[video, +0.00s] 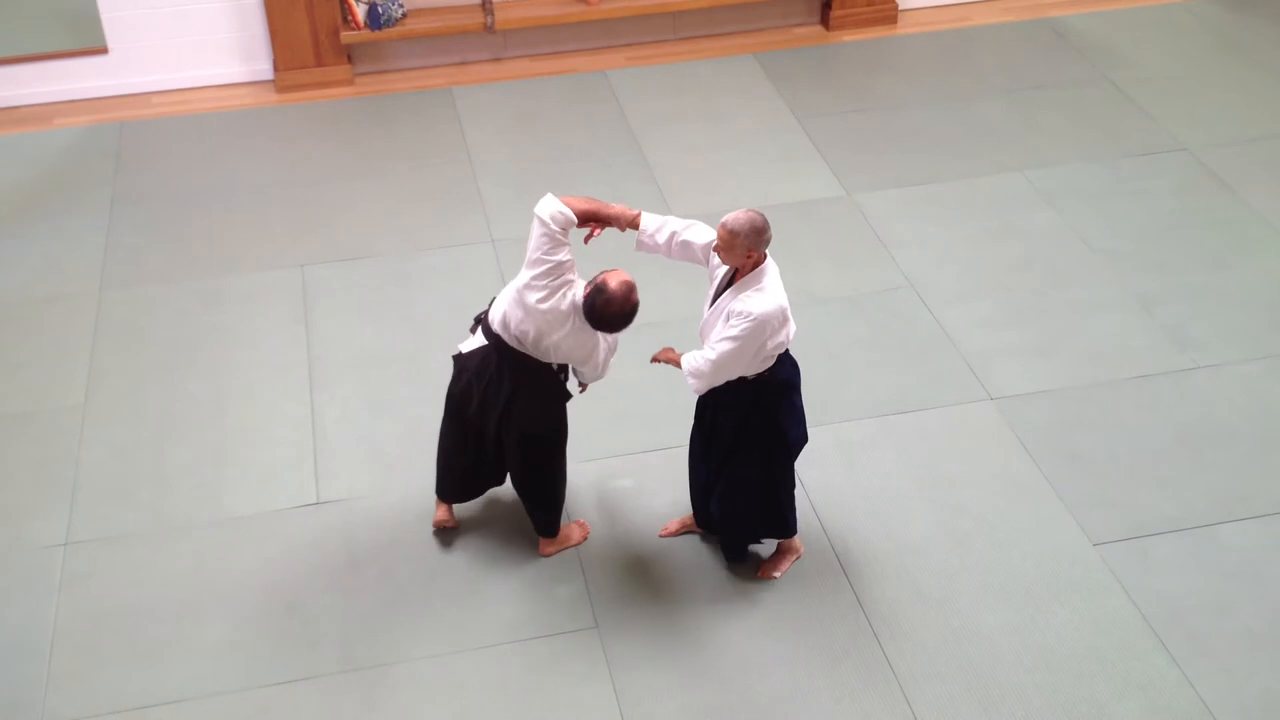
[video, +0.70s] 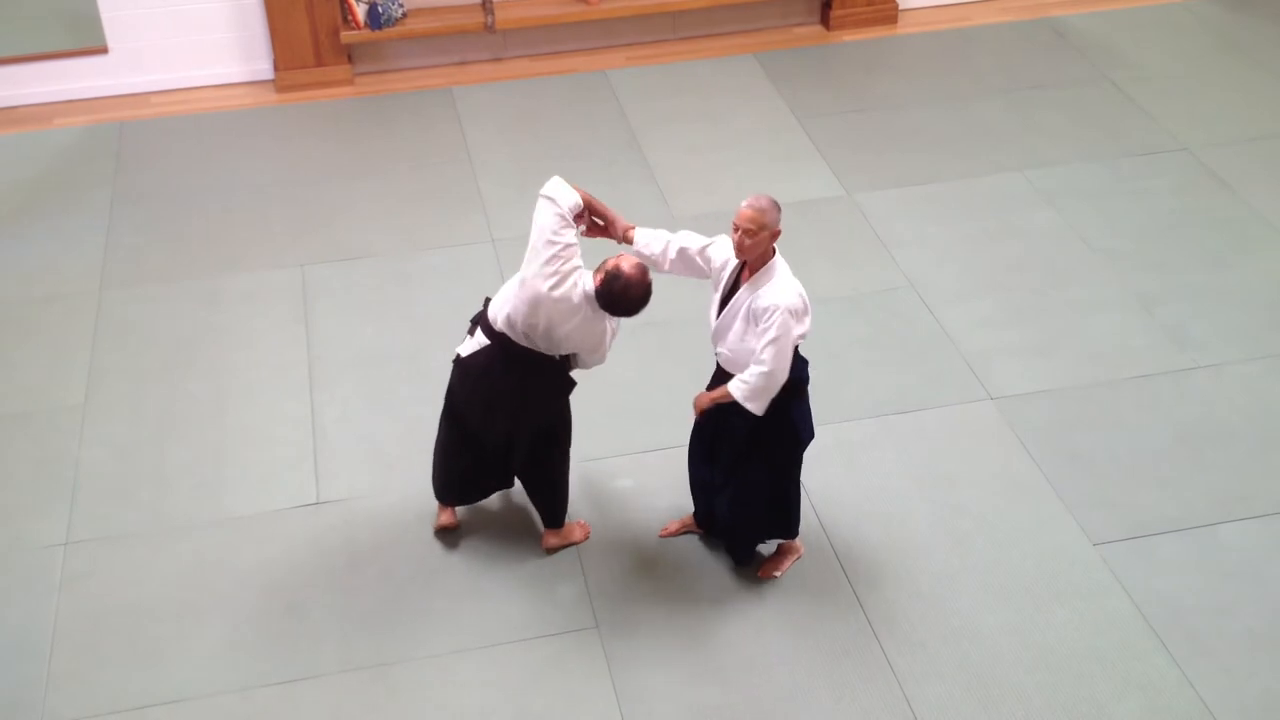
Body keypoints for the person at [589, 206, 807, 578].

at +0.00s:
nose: (715, 248)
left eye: (723, 246)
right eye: (717, 241)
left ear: (751, 257)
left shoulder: (760, 309)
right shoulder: (729, 255)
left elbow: (713, 365)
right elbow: (679, 233)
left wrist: (677, 358)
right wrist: (624, 218)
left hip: (762, 392)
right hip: (727, 380)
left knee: (768, 469)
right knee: (710, 452)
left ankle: (788, 542)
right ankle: (706, 515)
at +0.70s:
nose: (737, 239)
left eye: (748, 234)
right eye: (735, 229)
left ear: (774, 237)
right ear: (731, 223)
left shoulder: (782, 299)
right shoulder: (726, 253)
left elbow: (768, 373)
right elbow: (678, 247)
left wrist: (714, 396)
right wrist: (624, 232)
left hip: (774, 396)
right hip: (729, 376)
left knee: (774, 471)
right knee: (708, 450)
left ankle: (789, 543)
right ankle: (707, 516)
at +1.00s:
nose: (760, 242)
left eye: (771, 236)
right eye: (758, 232)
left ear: (797, 240)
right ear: (754, 229)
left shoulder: (804, 303)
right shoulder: (752, 263)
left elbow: (812, 378)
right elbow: (704, 272)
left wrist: (769, 417)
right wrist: (652, 269)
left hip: (794, 401)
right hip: (754, 382)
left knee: (779, 478)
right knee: (723, 442)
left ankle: (788, 544)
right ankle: (709, 509)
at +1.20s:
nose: (777, 239)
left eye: (788, 233)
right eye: (774, 229)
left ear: (813, 237)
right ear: (770, 226)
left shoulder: (820, 299)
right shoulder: (764, 266)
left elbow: (831, 373)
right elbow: (720, 298)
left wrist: (789, 410)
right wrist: (658, 314)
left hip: (806, 402)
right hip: (765, 384)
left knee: (784, 479)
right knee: (741, 453)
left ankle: (781, 560)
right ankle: (757, 526)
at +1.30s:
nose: (785, 236)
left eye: (797, 230)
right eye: (783, 226)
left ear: (821, 235)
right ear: (778, 224)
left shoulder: (829, 295)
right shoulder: (773, 264)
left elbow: (839, 370)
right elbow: (731, 303)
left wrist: (792, 404)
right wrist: (673, 324)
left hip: (807, 402)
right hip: (769, 384)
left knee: (786, 479)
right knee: (761, 460)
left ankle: (780, 559)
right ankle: (788, 530)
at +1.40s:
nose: (794, 231)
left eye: (805, 225)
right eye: (792, 221)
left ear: (829, 230)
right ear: (787, 219)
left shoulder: (837, 290)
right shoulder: (780, 261)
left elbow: (845, 363)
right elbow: (739, 303)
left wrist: (794, 393)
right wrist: (685, 326)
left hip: (812, 399)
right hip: (775, 379)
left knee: (783, 479)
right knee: (776, 445)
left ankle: (781, 557)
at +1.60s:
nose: (814, 215)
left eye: (824, 209)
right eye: (810, 205)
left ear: (847, 213)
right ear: (806, 204)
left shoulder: (858, 271)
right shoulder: (798, 246)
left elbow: (863, 344)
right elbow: (764, 289)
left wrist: (805, 360)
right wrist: (720, 323)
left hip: (834, 380)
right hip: (796, 367)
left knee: (789, 466)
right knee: (809, 434)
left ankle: (786, 551)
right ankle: (841, 482)